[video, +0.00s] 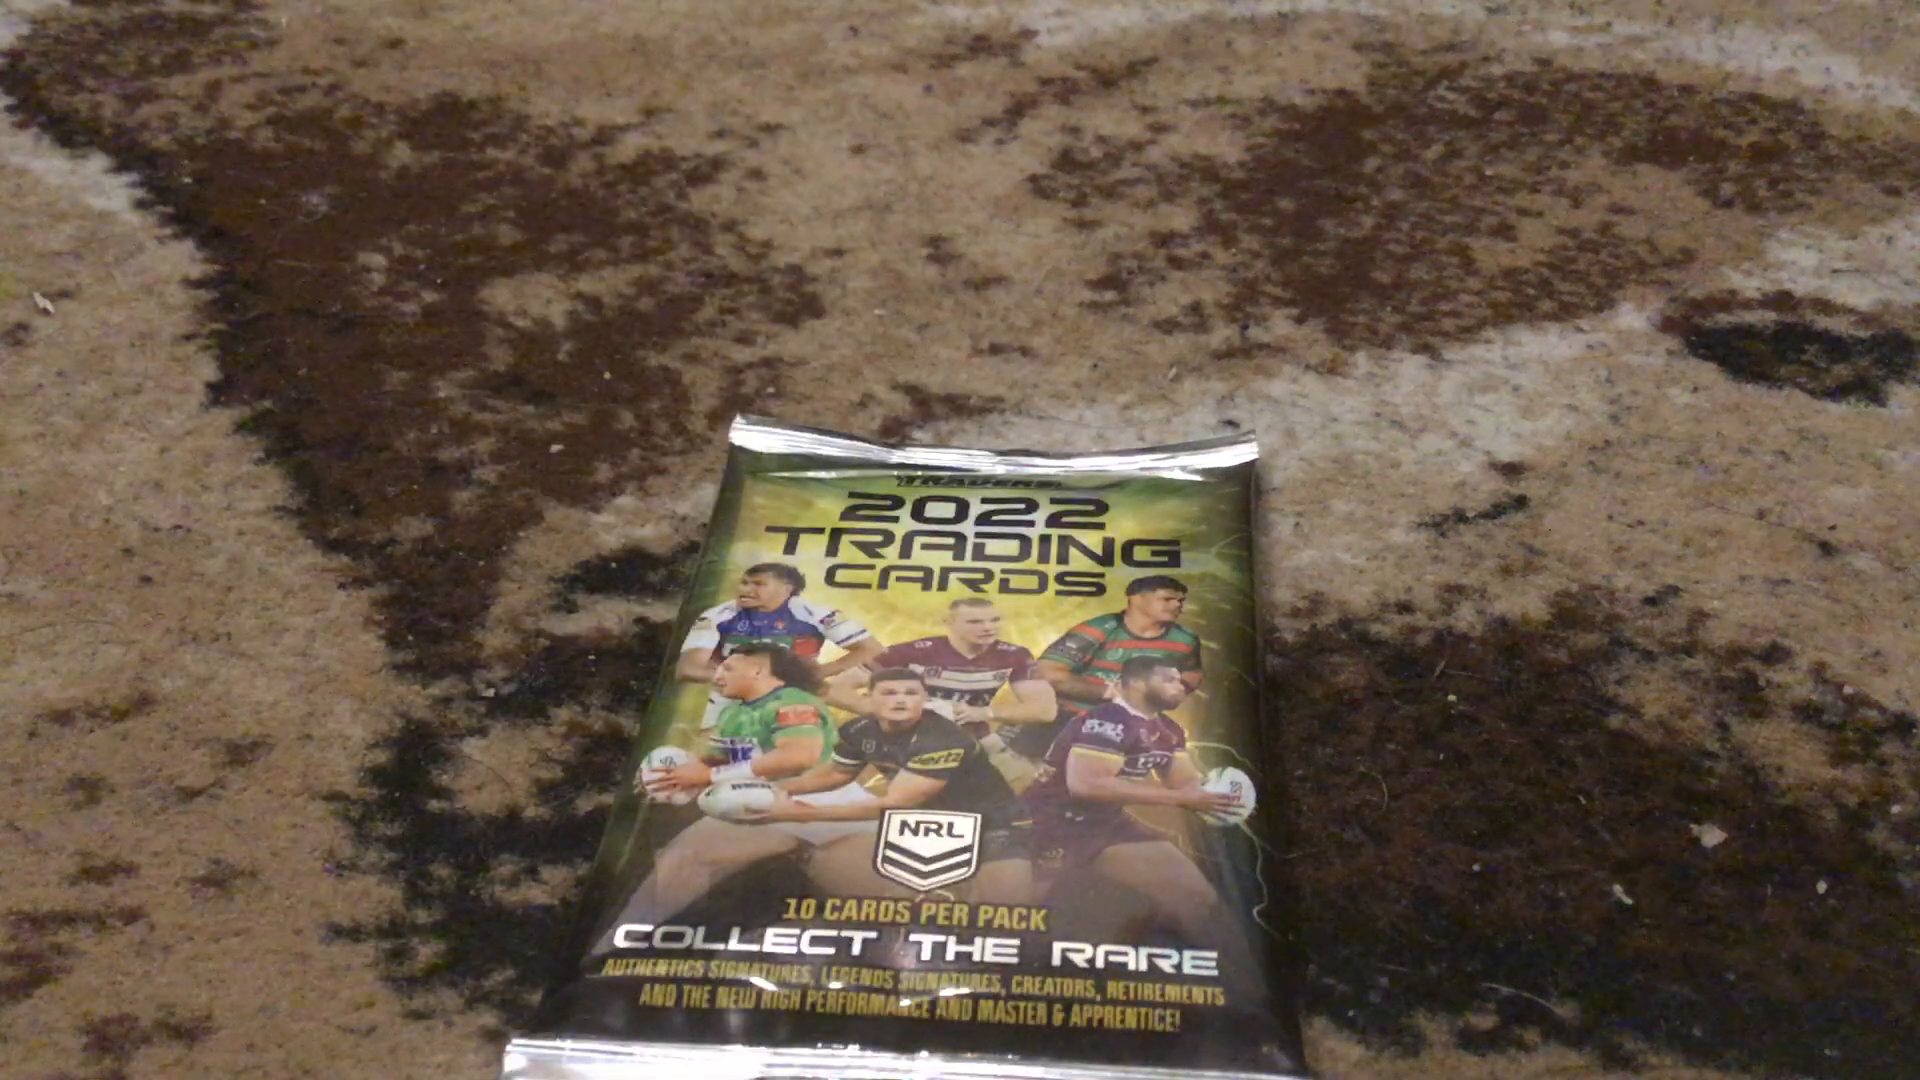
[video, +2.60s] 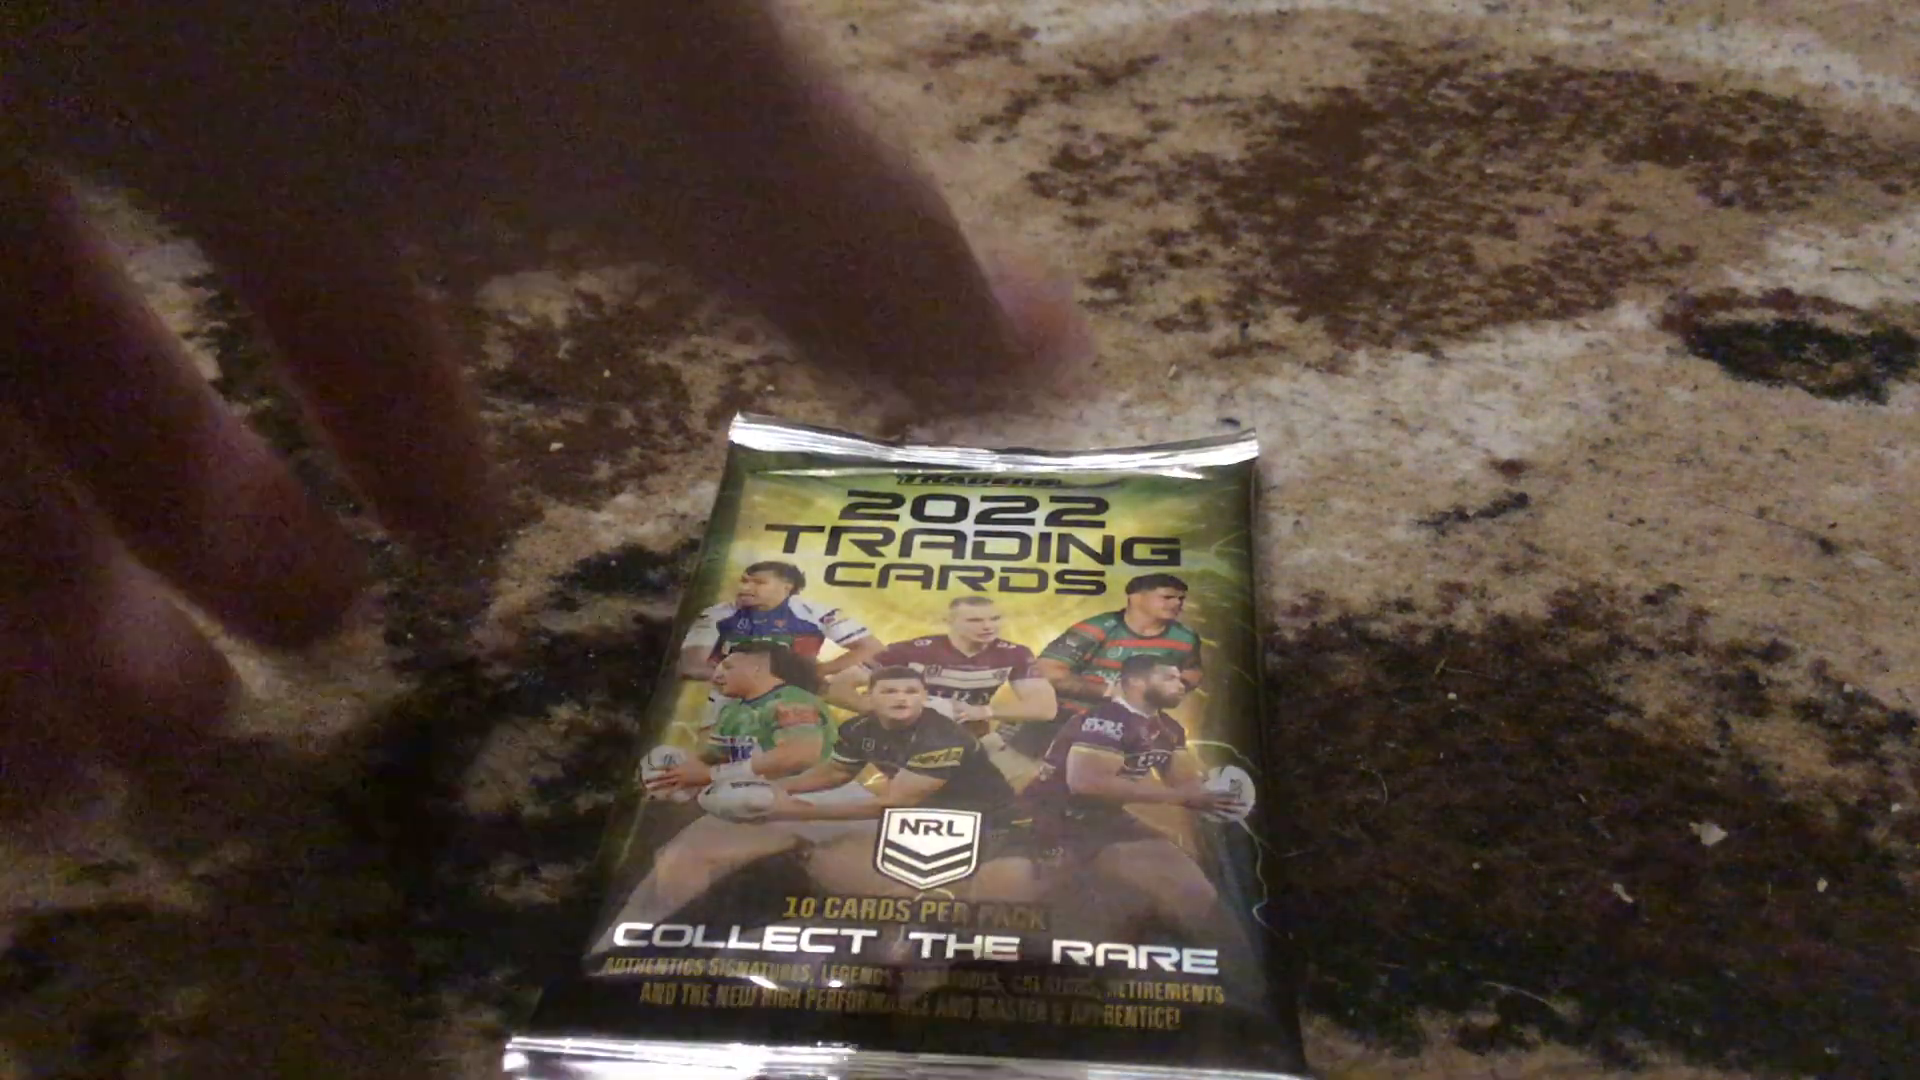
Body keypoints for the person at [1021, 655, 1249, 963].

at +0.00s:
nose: (1178, 683)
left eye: (1178, 678)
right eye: (1167, 677)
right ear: (1134, 681)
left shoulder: (1167, 732)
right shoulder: (1106, 720)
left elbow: (1187, 783)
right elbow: (1084, 783)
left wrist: (1221, 797)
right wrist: (1180, 797)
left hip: (1104, 825)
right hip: (1048, 827)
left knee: (1197, 898)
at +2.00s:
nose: (1180, 683)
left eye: (1178, 678)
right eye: (1169, 678)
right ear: (1133, 682)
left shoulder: (1167, 732)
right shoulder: (1106, 720)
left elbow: (1188, 784)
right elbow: (1084, 781)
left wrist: (1225, 798)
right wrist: (1180, 796)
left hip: (1105, 825)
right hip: (1043, 826)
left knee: (1198, 899)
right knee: (997, 929)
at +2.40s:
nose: (1180, 683)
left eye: (1178, 678)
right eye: (1169, 677)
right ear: (1134, 681)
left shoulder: (1168, 732)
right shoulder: (1106, 719)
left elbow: (1188, 784)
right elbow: (1085, 781)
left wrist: (1225, 798)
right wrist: (1180, 796)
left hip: (1106, 825)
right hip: (1047, 825)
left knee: (1196, 897)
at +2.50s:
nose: (1180, 683)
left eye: (1178, 677)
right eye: (1169, 677)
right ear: (1134, 681)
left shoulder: (1170, 731)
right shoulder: (1107, 719)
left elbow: (1188, 784)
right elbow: (1084, 780)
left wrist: (1220, 798)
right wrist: (1182, 796)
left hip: (1109, 822)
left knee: (1195, 896)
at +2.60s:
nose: (1181, 683)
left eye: (1178, 677)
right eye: (1169, 677)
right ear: (1134, 682)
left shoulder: (1169, 731)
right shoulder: (1107, 718)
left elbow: (1186, 783)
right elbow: (1084, 780)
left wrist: (1221, 797)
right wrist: (1182, 796)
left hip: (1106, 820)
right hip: (1058, 819)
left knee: (1194, 895)